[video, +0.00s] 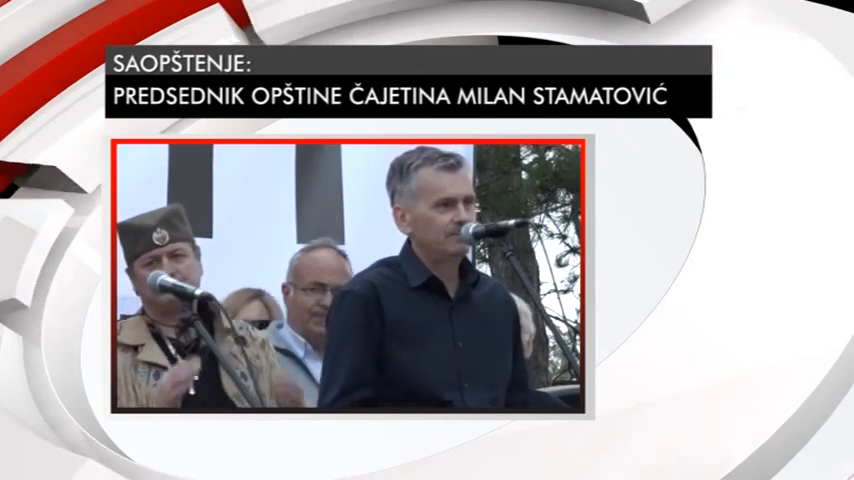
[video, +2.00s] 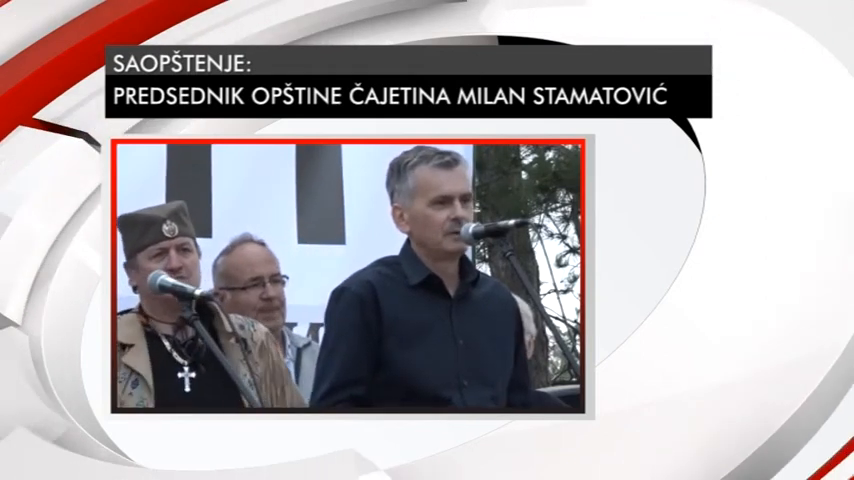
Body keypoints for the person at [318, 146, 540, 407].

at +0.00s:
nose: (463, 218)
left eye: (468, 203)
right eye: (445, 206)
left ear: (477, 207)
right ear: (402, 218)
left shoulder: (497, 300)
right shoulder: (365, 297)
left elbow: (520, 404)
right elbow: (339, 413)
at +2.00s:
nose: (459, 214)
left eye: (465, 201)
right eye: (441, 203)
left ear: (474, 206)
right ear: (401, 217)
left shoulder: (500, 302)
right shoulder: (361, 298)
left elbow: (520, 408)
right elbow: (331, 411)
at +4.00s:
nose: (462, 214)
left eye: (467, 201)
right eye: (444, 202)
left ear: (475, 206)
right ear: (402, 215)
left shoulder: (499, 301)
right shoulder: (360, 296)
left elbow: (520, 405)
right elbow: (328, 408)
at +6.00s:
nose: (462, 214)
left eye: (467, 201)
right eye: (444, 203)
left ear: (474, 205)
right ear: (401, 215)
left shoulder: (497, 299)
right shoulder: (364, 296)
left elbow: (519, 407)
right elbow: (336, 412)